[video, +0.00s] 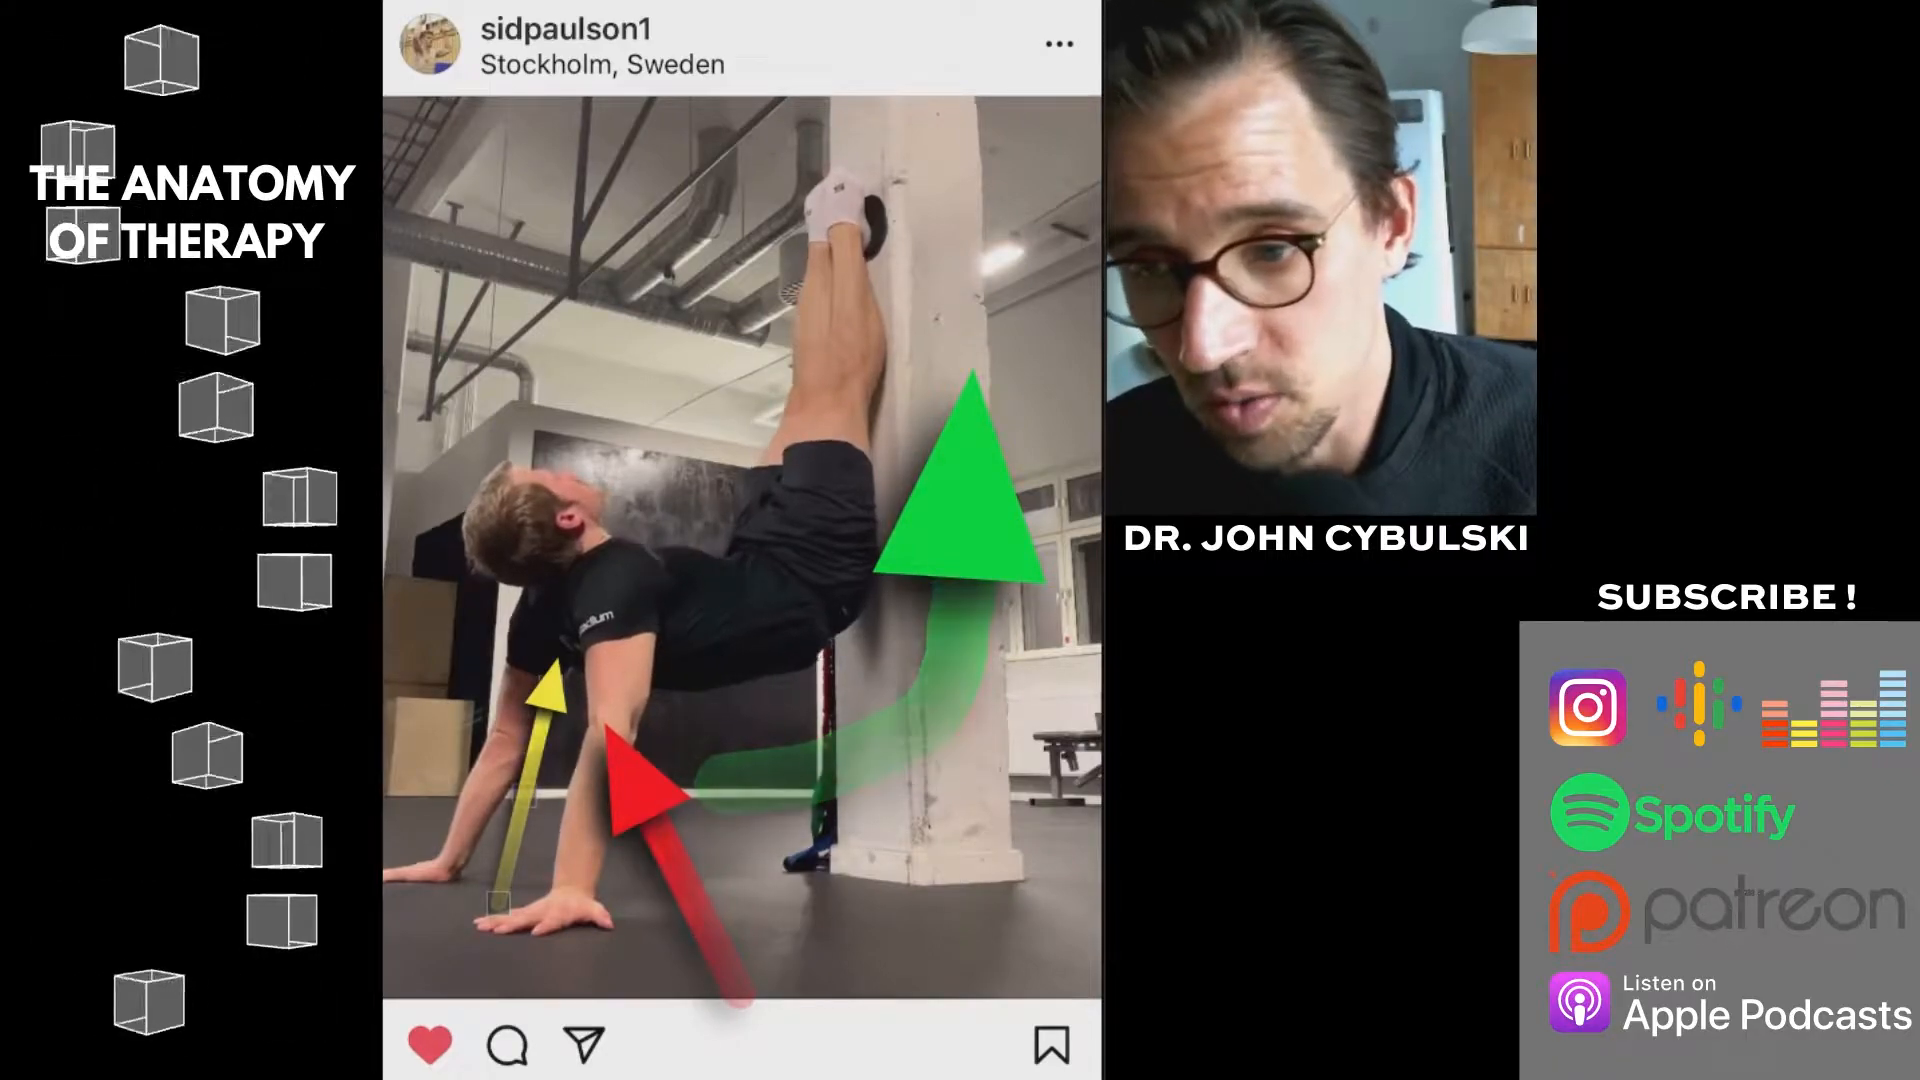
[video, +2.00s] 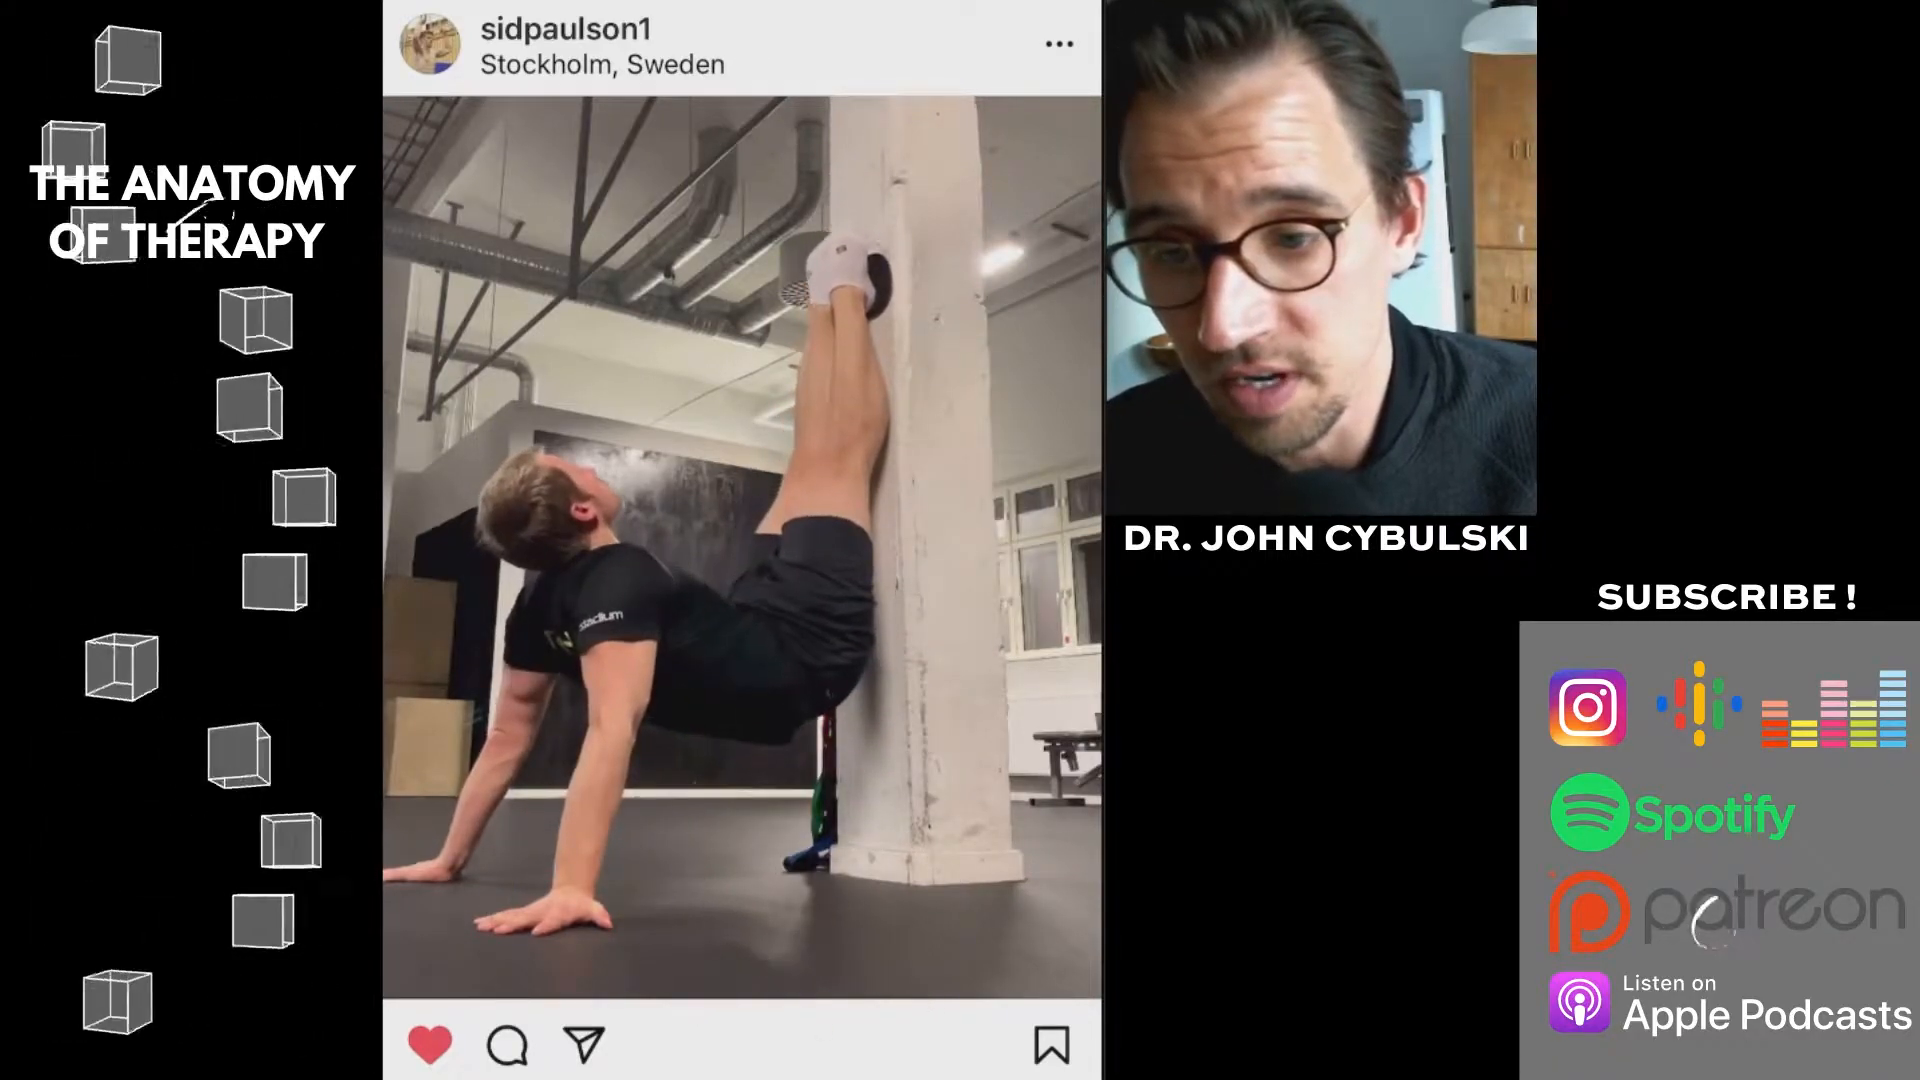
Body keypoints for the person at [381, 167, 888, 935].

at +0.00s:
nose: (567, 474)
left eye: (548, 469)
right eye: (555, 478)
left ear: (546, 544)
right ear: (567, 519)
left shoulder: (541, 603)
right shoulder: (614, 579)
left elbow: (505, 742)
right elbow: (608, 734)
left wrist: (448, 859)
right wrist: (573, 887)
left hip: (763, 579)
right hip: (809, 580)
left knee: (813, 392)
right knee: (838, 385)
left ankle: (828, 239)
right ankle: (843, 231)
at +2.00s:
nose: (589, 468)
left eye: (570, 463)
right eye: (578, 470)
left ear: (533, 546)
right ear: (584, 510)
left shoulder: (535, 608)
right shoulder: (615, 581)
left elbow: (506, 744)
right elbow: (609, 732)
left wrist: (448, 859)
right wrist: (572, 887)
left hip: (758, 666)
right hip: (803, 658)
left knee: (809, 467)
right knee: (846, 453)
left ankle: (826, 305)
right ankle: (845, 296)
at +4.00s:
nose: (616, 465)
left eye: (605, 457)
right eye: (606, 461)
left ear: (541, 525)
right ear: (600, 498)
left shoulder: (532, 606)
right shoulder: (622, 578)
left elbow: (508, 741)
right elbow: (612, 731)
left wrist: (449, 859)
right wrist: (572, 887)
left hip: (719, 763)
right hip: (780, 723)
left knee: (800, 523)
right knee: (838, 514)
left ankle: (826, 362)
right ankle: (848, 362)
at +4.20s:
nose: (618, 462)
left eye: (606, 454)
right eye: (607, 458)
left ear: (542, 519)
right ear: (600, 494)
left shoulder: (532, 604)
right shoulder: (622, 577)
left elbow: (508, 741)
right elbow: (611, 731)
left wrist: (449, 859)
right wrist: (572, 887)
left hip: (713, 766)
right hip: (777, 733)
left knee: (798, 529)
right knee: (837, 520)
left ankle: (825, 371)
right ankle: (844, 364)